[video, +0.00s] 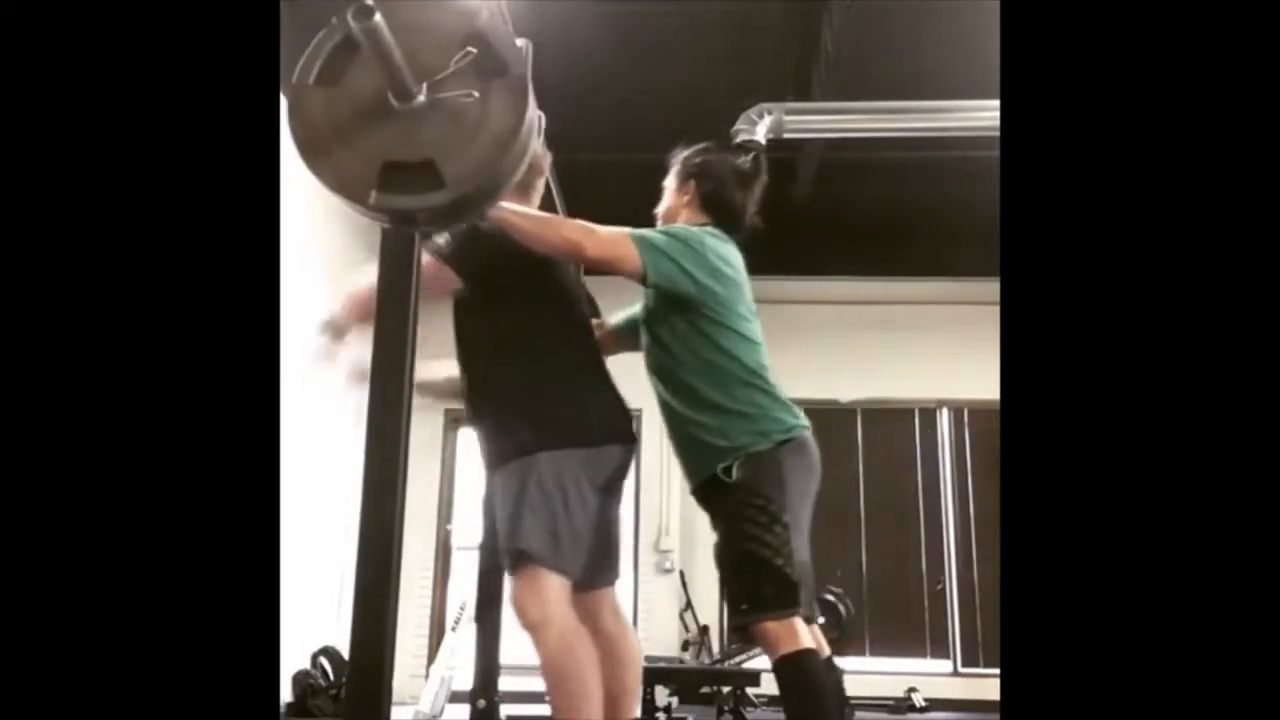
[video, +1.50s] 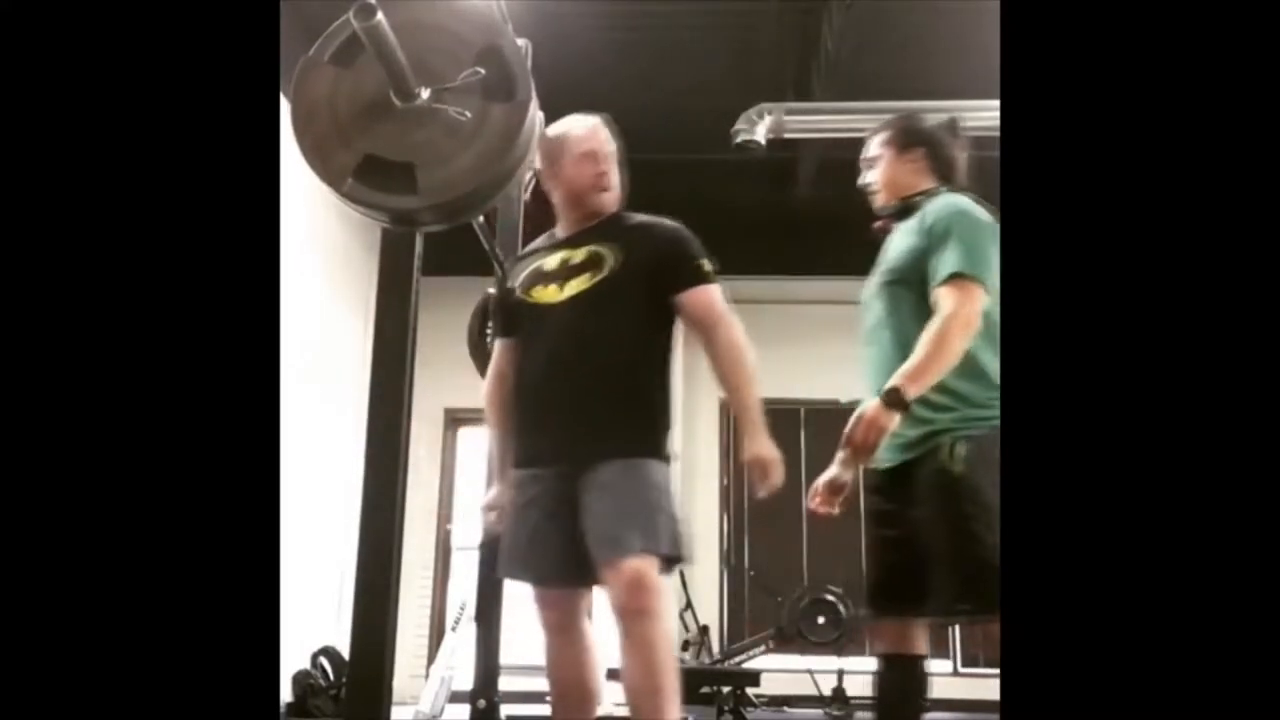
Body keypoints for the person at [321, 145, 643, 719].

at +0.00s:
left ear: (476, 172)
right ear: (542, 173)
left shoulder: (485, 236)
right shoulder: (552, 244)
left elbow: (399, 286)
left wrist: (344, 316)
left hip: (547, 442)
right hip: (598, 435)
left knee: (541, 602)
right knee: (596, 602)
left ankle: (582, 716)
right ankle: (623, 715)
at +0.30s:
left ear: (490, 171)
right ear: (543, 170)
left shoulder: (507, 239)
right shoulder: (544, 239)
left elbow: (510, 359)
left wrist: (525, 470)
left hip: (560, 442)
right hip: (594, 438)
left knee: (553, 604)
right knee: (597, 606)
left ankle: (587, 712)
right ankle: (622, 713)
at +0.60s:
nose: (486, 197)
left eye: (500, 177)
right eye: (483, 180)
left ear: (535, 169)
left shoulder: (545, 235)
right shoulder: (520, 248)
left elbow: (558, 319)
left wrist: (561, 442)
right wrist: (512, 463)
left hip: (571, 436)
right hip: (546, 439)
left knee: (559, 596)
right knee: (558, 599)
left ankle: (592, 713)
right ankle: (583, 710)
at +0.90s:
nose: (510, 200)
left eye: (520, 184)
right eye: (497, 191)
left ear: (551, 173)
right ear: (483, 201)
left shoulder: (574, 238)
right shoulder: (506, 285)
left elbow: (575, 326)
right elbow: (500, 392)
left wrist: (472, 386)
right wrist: (429, 438)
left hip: (569, 451)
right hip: (516, 456)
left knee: (554, 603)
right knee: (520, 604)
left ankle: (590, 716)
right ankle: (564, 716)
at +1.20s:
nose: (535, 189)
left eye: (547, 177)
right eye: (522, 180)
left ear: (571, 190)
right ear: (504, 200)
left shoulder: (606, 250)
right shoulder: (501, 297)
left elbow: (628, 355)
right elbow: (474, 388)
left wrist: (589, 453)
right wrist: (438, 457)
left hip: (576, 454)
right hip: (513, 464)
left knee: (560, 591)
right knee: (535, 602)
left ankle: (592, 715)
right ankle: (565, 714)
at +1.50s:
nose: (604, 170)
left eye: (609, 158)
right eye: (587, 160)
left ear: (621, 166)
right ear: (548, 175)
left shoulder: (659, 241)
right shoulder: (523, 270)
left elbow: (718, 327)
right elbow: (501, 375)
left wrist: (755, 430)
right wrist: (503, 474)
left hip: (625, 452)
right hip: (539, 461)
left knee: (636, 589)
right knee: (558, 611)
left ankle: (660, 715)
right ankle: (574, 717)